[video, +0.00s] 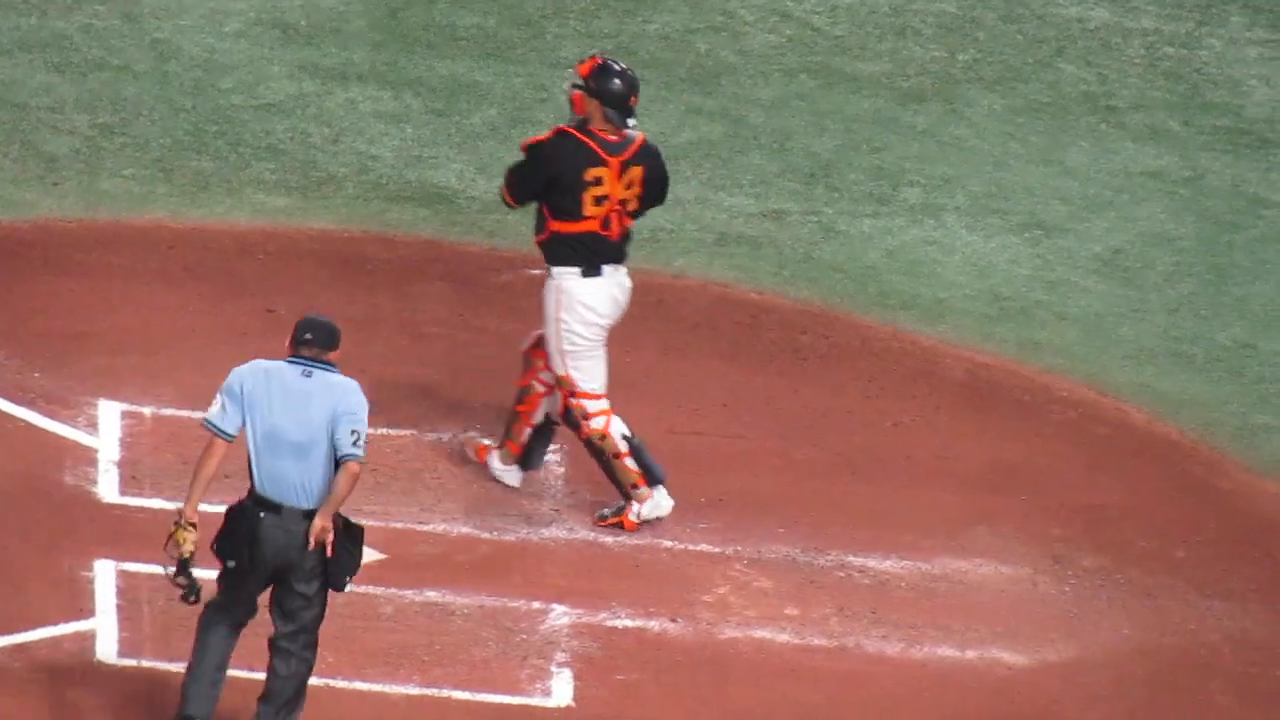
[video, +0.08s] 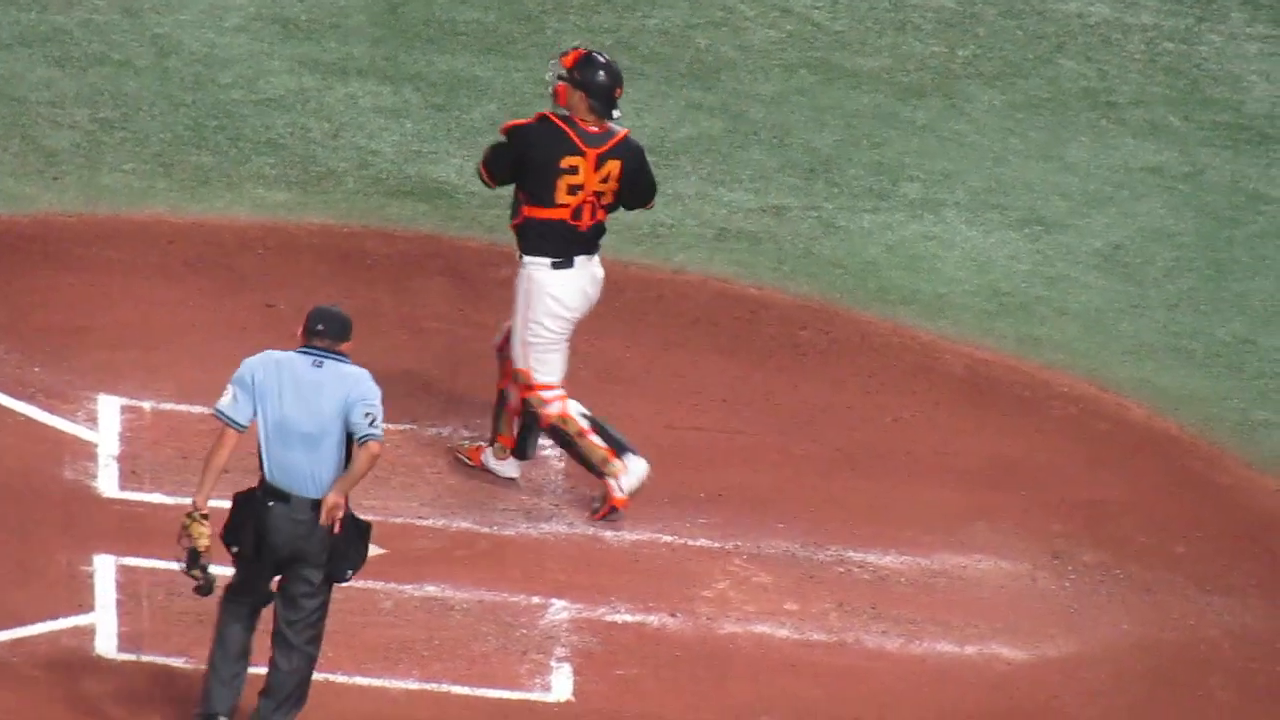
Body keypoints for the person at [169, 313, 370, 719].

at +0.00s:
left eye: (294, 345)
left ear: (290, 346)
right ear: (334, 354)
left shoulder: (250, 375)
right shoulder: (348, 393)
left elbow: (215, 448)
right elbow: (352, 466)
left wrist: (189, 515)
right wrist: (325, 514)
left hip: (256, 526)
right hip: (311, 536)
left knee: (225, 615)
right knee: (294, 644)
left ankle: (194, 710)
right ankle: (275, 713)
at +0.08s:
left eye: (303, 333)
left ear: (302, 334)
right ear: (345, 344)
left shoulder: (261, 366)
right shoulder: (359, 381)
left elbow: (227, 438)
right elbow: (371, 447)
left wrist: (200, 504)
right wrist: (341, 491)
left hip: (267, 514)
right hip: (319, 523)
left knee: (241, 605)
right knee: (298, 633)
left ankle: (217, 708)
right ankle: (276, 713)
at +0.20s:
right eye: (370, 339)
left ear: (331, 331)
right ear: (373, 340)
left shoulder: (288, 360)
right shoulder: (384, 374)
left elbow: (256, 430)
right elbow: (411, 433)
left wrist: (228, 495)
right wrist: (377, 477)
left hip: (293, 506)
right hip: (344, 516)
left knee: (281, 606)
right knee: (315, 628)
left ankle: (275, 703)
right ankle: (284, 711)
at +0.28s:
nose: (393, 343)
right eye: (397, 338)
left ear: (359, 330)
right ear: (400, 339)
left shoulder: (316, 359)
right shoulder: (410, 377)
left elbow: (283, 428)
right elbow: (445, 441)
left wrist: (255, 493)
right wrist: (426, 480)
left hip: (318, 507)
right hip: (368, 516)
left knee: (319, 604)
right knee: (338, 626)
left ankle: (329, 691)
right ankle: (299, 712)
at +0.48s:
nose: (452, 332)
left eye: (448, 326)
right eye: (451, 327)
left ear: (407, 320)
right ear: (445, 328)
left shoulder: (365, 359)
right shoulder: (456, 370)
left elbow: (335, 428)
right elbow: (469, 442)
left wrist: (311, 489)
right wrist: (489, 461)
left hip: (373, 498)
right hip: (420, 507)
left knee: (391, 598)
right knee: (409, 618)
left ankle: (398, 696)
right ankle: (336, 713)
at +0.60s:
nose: (478, 329)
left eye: (474, 323)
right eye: (477, 324)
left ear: (435, 317)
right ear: (471, 324)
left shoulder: (393, 360)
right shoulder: (478, 370)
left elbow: (360, 435)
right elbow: (497, 448)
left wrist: (354, 495)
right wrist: (517, 466)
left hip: (399, 495)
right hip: (446, 505)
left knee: (413, 605)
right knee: (464, 624)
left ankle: (401, 701)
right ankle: (384, 695)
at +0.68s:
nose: (494, 325)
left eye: (493, 318)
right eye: (493, 319)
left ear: (451, 313)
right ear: (483, 320)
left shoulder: (407, 355)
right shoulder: (491, 366)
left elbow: (379, 434)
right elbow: (504, 449)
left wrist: (379, 488)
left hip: (411, 491)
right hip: (460, 500)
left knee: (419, 601)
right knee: (497, 613)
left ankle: (394, 699)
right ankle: (414, 700)